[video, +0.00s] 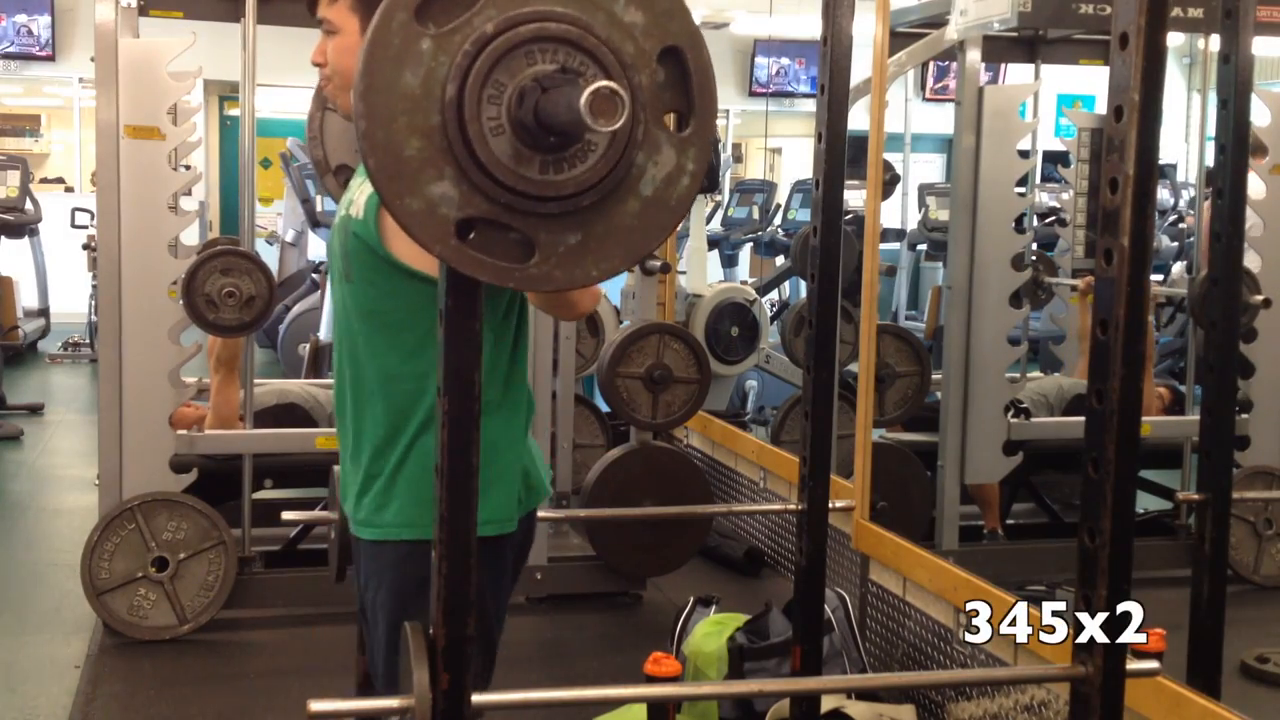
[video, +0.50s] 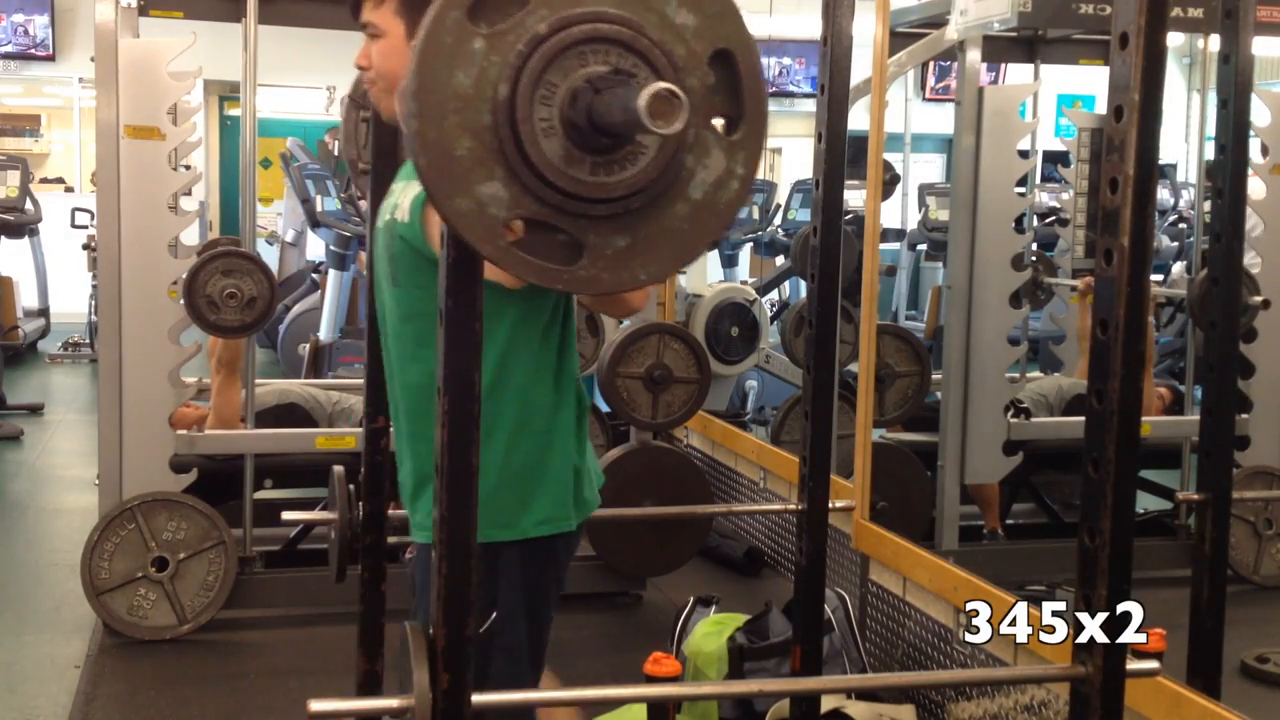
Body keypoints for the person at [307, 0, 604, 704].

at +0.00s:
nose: (316, 55)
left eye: (331, 31)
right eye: (320, 32)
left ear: (392, 42)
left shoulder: (404, 183)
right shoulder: (381, 179)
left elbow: (576, 298)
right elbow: (573, 296)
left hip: (435, 515)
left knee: (422, 704)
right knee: (418, 701)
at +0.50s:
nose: (361, 59)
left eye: (375, 34)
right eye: (365, 36)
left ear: (435, 45)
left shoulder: (465, 175)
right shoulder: (427, 182)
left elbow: (626, 292)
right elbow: (520, 258)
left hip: (510, 509)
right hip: (486, 511)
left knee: (500, 703)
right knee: (488, 705)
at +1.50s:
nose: (501, 111)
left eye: (509, 87)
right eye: (498, 91)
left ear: (568, 72)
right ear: (565, 76)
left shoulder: (628, 194)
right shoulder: (577, 179)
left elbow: (751, 253)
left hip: (671, 506)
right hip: (614, 499)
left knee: (688, 704)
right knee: (631, 690)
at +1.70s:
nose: (514, 113)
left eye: (520, 89)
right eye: (508, 94)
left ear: (581, 70)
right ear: (579, 76)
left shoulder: (656, 192)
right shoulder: (589, 180)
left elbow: (781, 234)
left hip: (681, 512)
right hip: (623, 505)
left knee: (688, 708)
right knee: (631, 702)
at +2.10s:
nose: (525, 111)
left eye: (532, 86)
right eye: (519, 91)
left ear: (594, 69)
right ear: (592, 75)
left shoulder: (669, 191)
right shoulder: (599, 178)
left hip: (691, 514)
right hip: (625, 506)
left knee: (688, 710)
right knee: (625, 699)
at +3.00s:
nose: (513, 109)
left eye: (522, 85)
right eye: (507, 89)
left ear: (583, 71)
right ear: (578, 77)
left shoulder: (651, 189)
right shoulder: (587, 179)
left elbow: (786, 285)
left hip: (671, 512)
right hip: (615, 504)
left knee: (669, 711)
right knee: (627, 704)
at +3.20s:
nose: (521, 66)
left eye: (540, 44)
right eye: (529, 44)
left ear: (603, 65)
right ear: (597, 68)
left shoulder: (648, 195)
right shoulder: (588, 179)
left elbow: (791, 289)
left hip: (674, 515)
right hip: (616, 508)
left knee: (678, 709)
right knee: (632, 702)